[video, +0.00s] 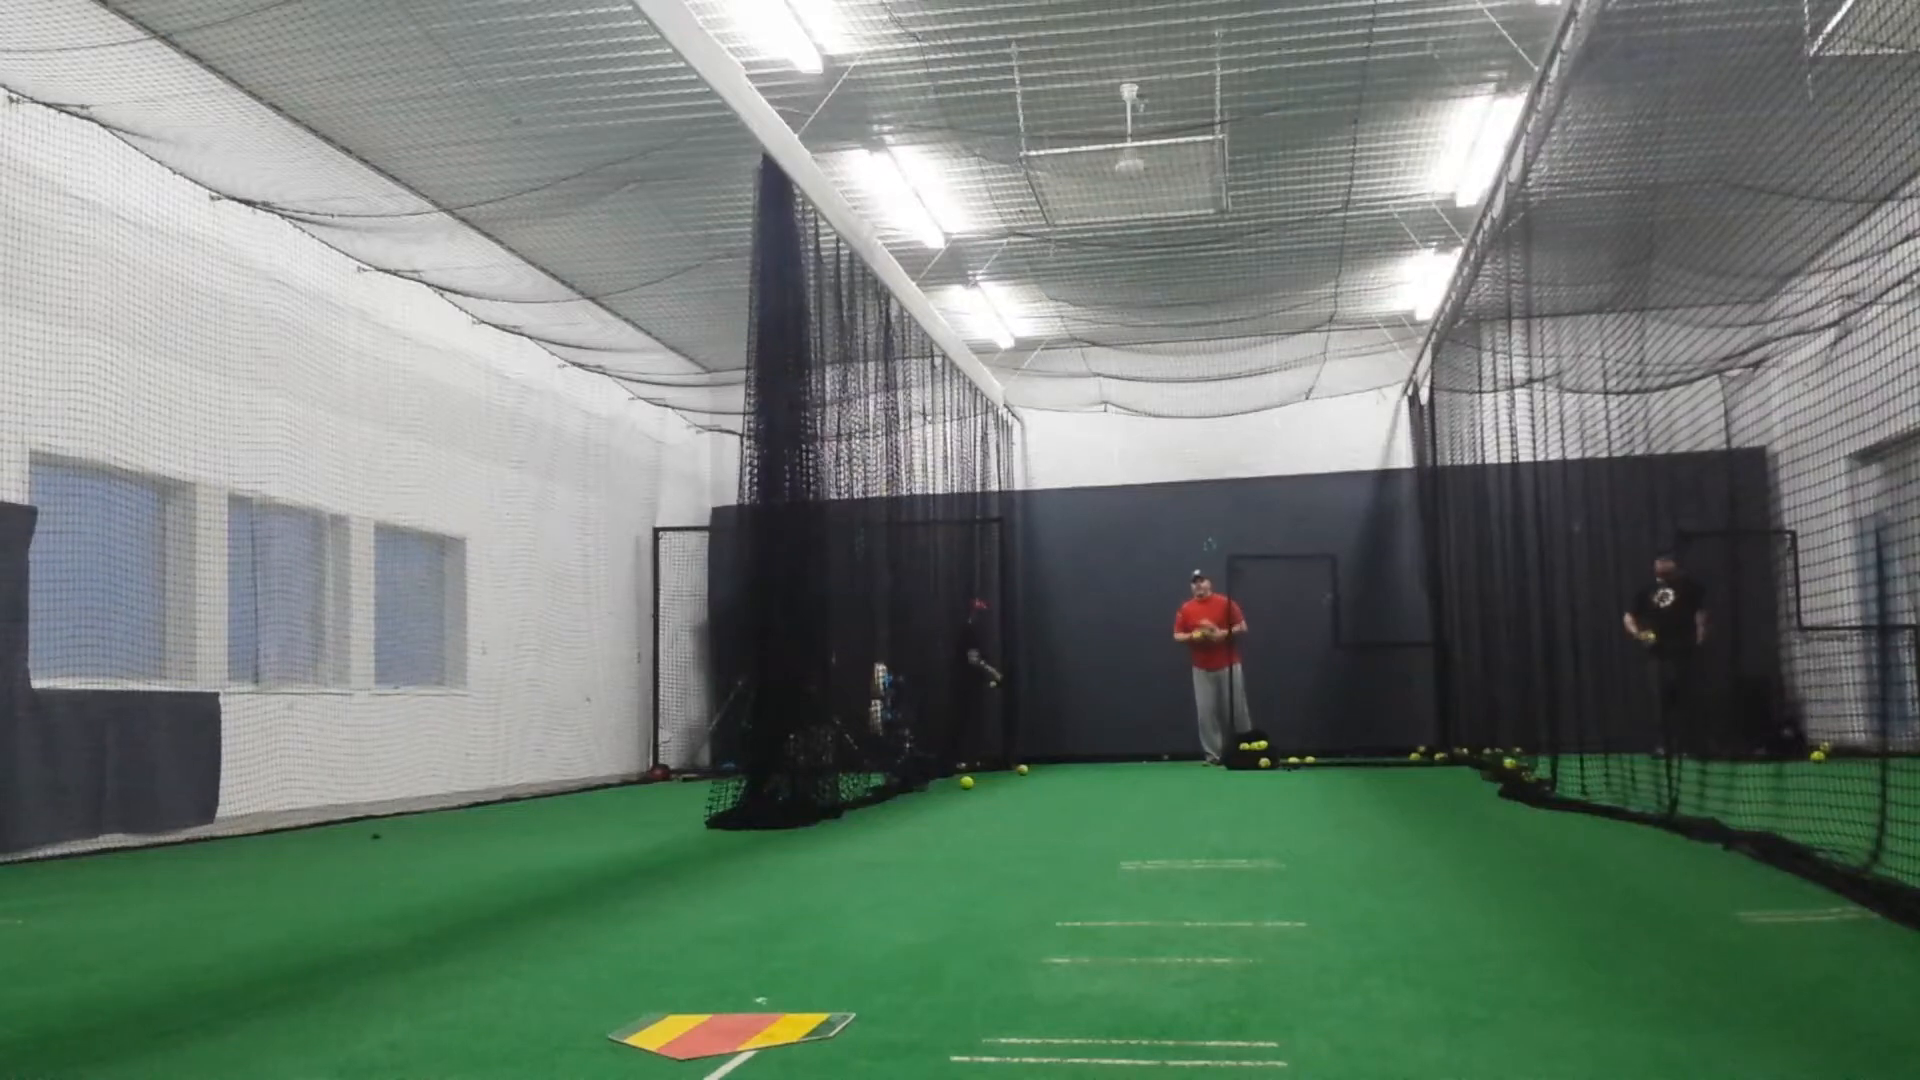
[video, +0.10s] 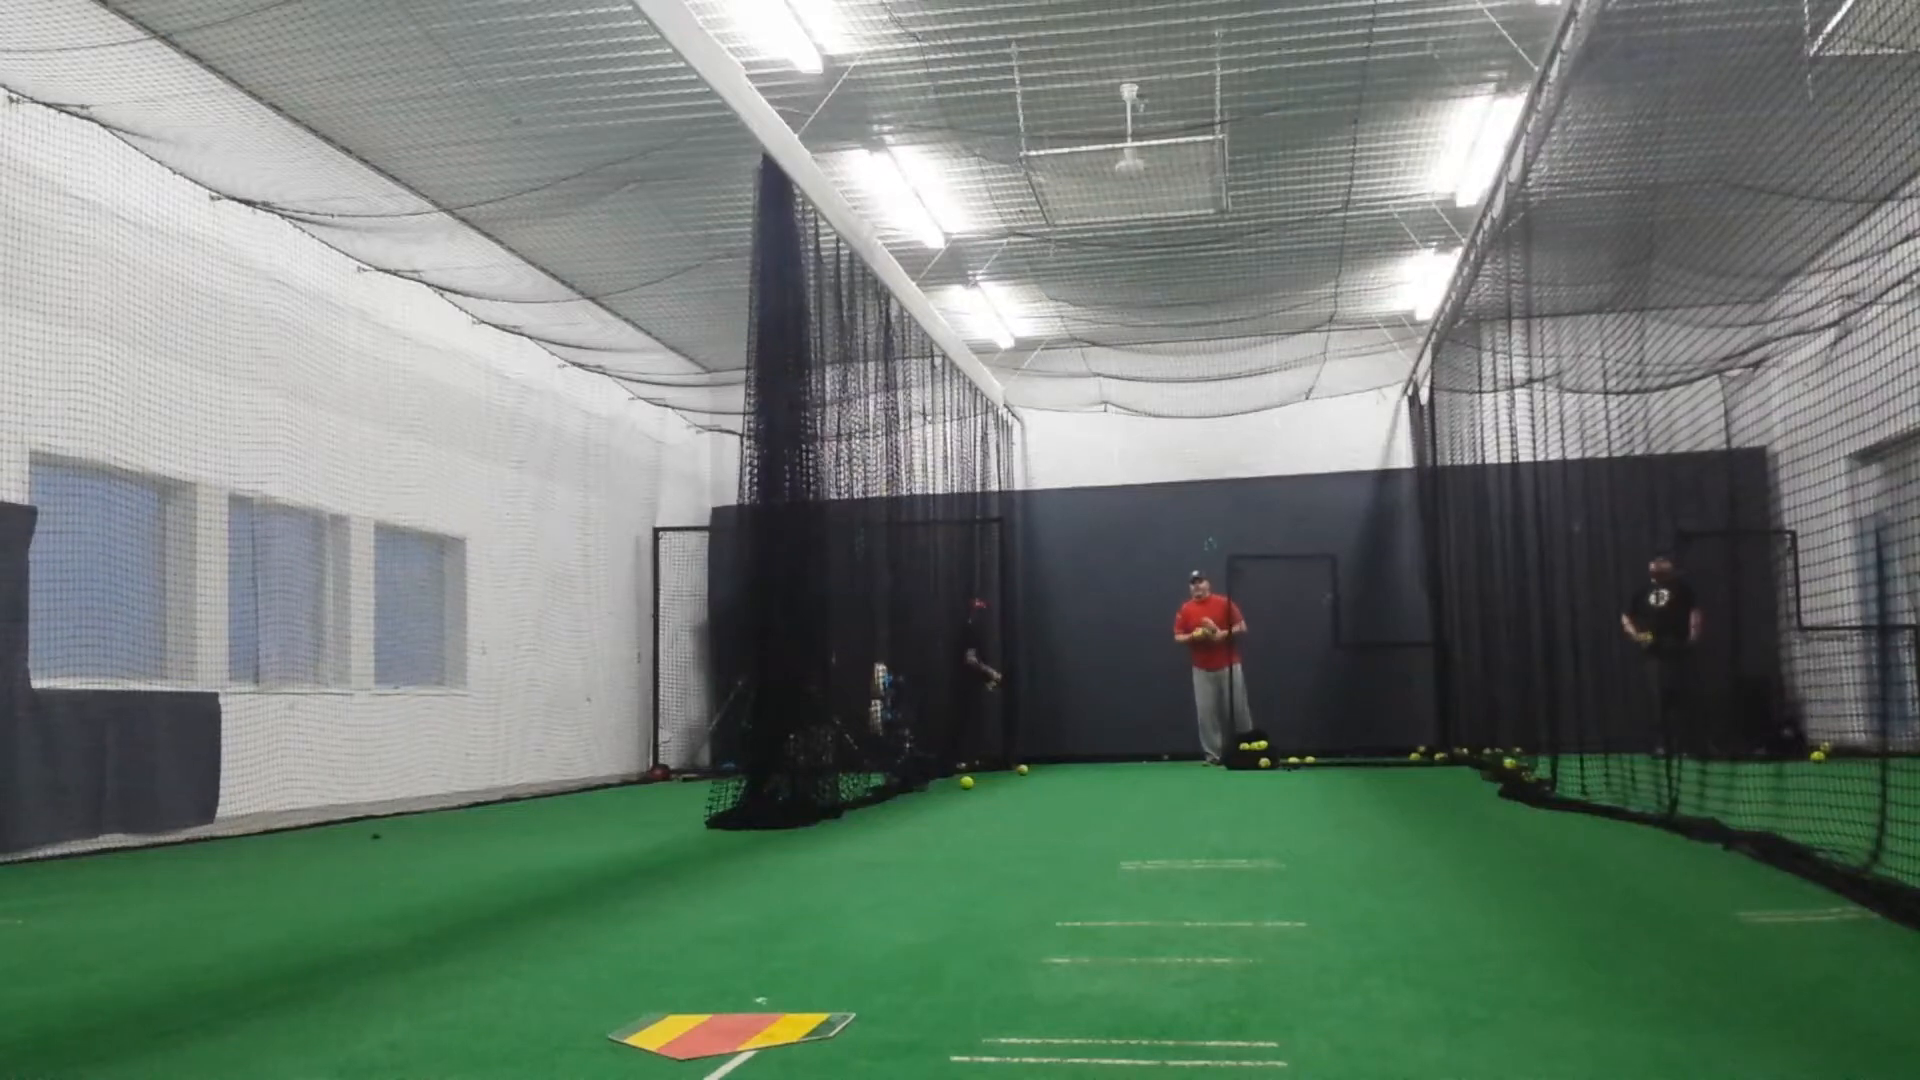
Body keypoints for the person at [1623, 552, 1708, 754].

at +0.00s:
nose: (1664, 575)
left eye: (1668, 571)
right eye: (1660, 571)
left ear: (1676, 569)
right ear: (1655, 570)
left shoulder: (1689, 588)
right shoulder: (1647, 591)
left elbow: (1700, 614)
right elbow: (1629, 617)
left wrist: (1700, 636)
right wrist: (1638, 633)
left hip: (1684, 646)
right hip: (1658, 648)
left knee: (1686, 694)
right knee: (1660, 696)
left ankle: (1687, 742)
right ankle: (1662, 743)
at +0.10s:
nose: (1657, 579)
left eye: (1662, 574)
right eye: (1653, 575)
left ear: (1671, 572)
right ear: (1649, 574)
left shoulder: (1683, 590)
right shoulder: (1643, 592)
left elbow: (1694, 613)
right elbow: (1626, 617)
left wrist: (1693, 634)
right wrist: (1636, 635)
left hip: (1679, 645)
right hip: (1654, 647)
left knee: (1683, 693)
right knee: (1657, 696)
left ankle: (1686, 741)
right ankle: (1660, 743)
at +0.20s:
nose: (1655, 569)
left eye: (1660, 564)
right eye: (1651, 564)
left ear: (1668, 566)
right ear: (1647, 566)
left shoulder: (1680, 589)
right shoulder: (1641, 591)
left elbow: (1690, 612)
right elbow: (1626, 618)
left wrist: (1688, 634)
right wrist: (1633, 637)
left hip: (1675, 644)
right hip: (1650, 647)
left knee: (1680, 692)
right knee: (1654, 695)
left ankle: (1685, 741)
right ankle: (1659, 743)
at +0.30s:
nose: (1652, 569)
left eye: (1657, 564)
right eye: (1648, 564)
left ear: (1667, 567)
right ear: (1644, 566)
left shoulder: (1678, 589)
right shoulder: (1639, 591)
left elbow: (1688, 612)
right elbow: (1627, 618)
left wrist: (1688, 633)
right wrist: (1630, 638)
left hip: (1675, 644)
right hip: (1649, 647)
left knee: (1679, 692)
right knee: (1654, 695)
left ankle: (1685, 742)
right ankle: (1659, 743)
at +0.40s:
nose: (1650, 570)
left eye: (1655, 565)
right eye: (1646, 565)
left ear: (1665, 567)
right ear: (1641, 567)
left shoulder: (1676, 589)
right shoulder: (1639, 592)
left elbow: (1687, 613)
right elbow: (1630, 621)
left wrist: (1686, 636)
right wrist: (1628, 642)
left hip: (1674, 645)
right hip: (1648, 647)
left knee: (1677, 694)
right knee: (1653, 696)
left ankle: (1682, 742)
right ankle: (1659, 743)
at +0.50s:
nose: (1646, 572)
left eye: (1651, 567)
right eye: (1642, 567)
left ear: (1661, 568)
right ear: (1639, 569)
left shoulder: (1674, 590)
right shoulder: (1641, 594)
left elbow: (1685, 617)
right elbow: (1631, 626)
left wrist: (1679, 640)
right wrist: (1617, 647)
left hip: (1672, 649)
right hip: (1649, 650)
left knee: (1677, 695)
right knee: (1653, 697)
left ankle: (1683, 743)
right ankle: (1659, 744)